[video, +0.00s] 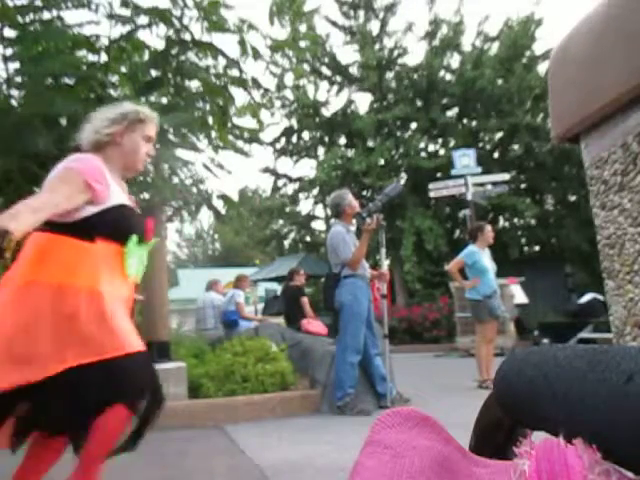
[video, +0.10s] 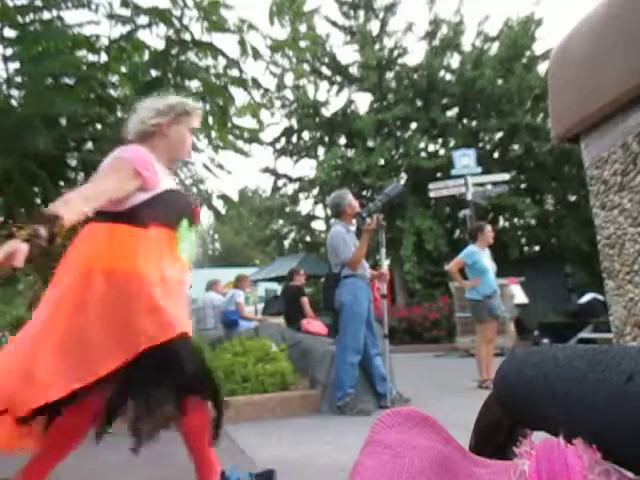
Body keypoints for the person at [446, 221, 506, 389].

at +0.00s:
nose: (492, 235)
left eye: (492, 232)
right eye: (489, 232)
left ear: (485, 235)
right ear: (480, 235)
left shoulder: (486, 251)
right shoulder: (471, 251)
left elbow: (485, 274)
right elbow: (452, 267)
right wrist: (462, 282)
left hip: (491, 295)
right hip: (478, 297)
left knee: (491, 338)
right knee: (483, 338)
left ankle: (489, 376)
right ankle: (483, 377)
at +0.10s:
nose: (492, 235)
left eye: (492, 232)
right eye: (489, 232)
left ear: (485, 235)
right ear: (480, 235)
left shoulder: (486, 251)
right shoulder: (471, 251)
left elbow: (485, 274)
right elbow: (452, 267)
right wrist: (462, 282)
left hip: (491, 295)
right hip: (478, 297)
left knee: (491, 338)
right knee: (483, 338)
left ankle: (489, 376)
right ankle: (483, 377)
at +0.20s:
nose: (492, 235)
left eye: (492, 232)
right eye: (489, 232)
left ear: (486, 235)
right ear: (479, 235)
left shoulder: (486, 251)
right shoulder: (471, 251)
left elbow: (485, 274)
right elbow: (451, 267)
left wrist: (500, 283)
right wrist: (462, 282)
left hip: (492, 295)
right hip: (479, 297)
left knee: (491, 338)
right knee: (483, 338)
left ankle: (489, 376)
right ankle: (483, 377)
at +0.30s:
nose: (492, 235)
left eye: (492, 232)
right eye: (489, 232)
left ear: (486, 235)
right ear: (479, 235)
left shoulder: (486, 251)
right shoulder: (471, 251)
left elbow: (485, 274)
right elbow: (451, 267)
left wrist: (500, 283)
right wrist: (462, 282)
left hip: (492, 295)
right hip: (479, 297)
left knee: (491, 338)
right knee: (483, 338)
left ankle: (489, 376)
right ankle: (483, 377)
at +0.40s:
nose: (492, 235)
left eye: (492, 232)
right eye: (489, 232)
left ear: (488, 235)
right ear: (479, 235)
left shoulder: (486, 251)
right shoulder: (471, 251)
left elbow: (485, 274)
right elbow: (451, 267)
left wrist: (499, 283)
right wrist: (462, 282)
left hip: (492, 295)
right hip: (479, 297)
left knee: (491, 338)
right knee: (483, 339)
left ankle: (488, 376)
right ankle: (483, 377)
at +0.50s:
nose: (492, 235)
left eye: (492, 232)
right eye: (489, 232)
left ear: (488, 235)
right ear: (479, 235)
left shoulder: (486, 251)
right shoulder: (471, 251)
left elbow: (485, 274)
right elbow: (451, 267)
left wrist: (499, 283)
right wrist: (462, 282)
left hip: (492, 295)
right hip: (479, 297)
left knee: (491, 338)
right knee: (483, 339)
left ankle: (488, 376)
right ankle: (483, 377)